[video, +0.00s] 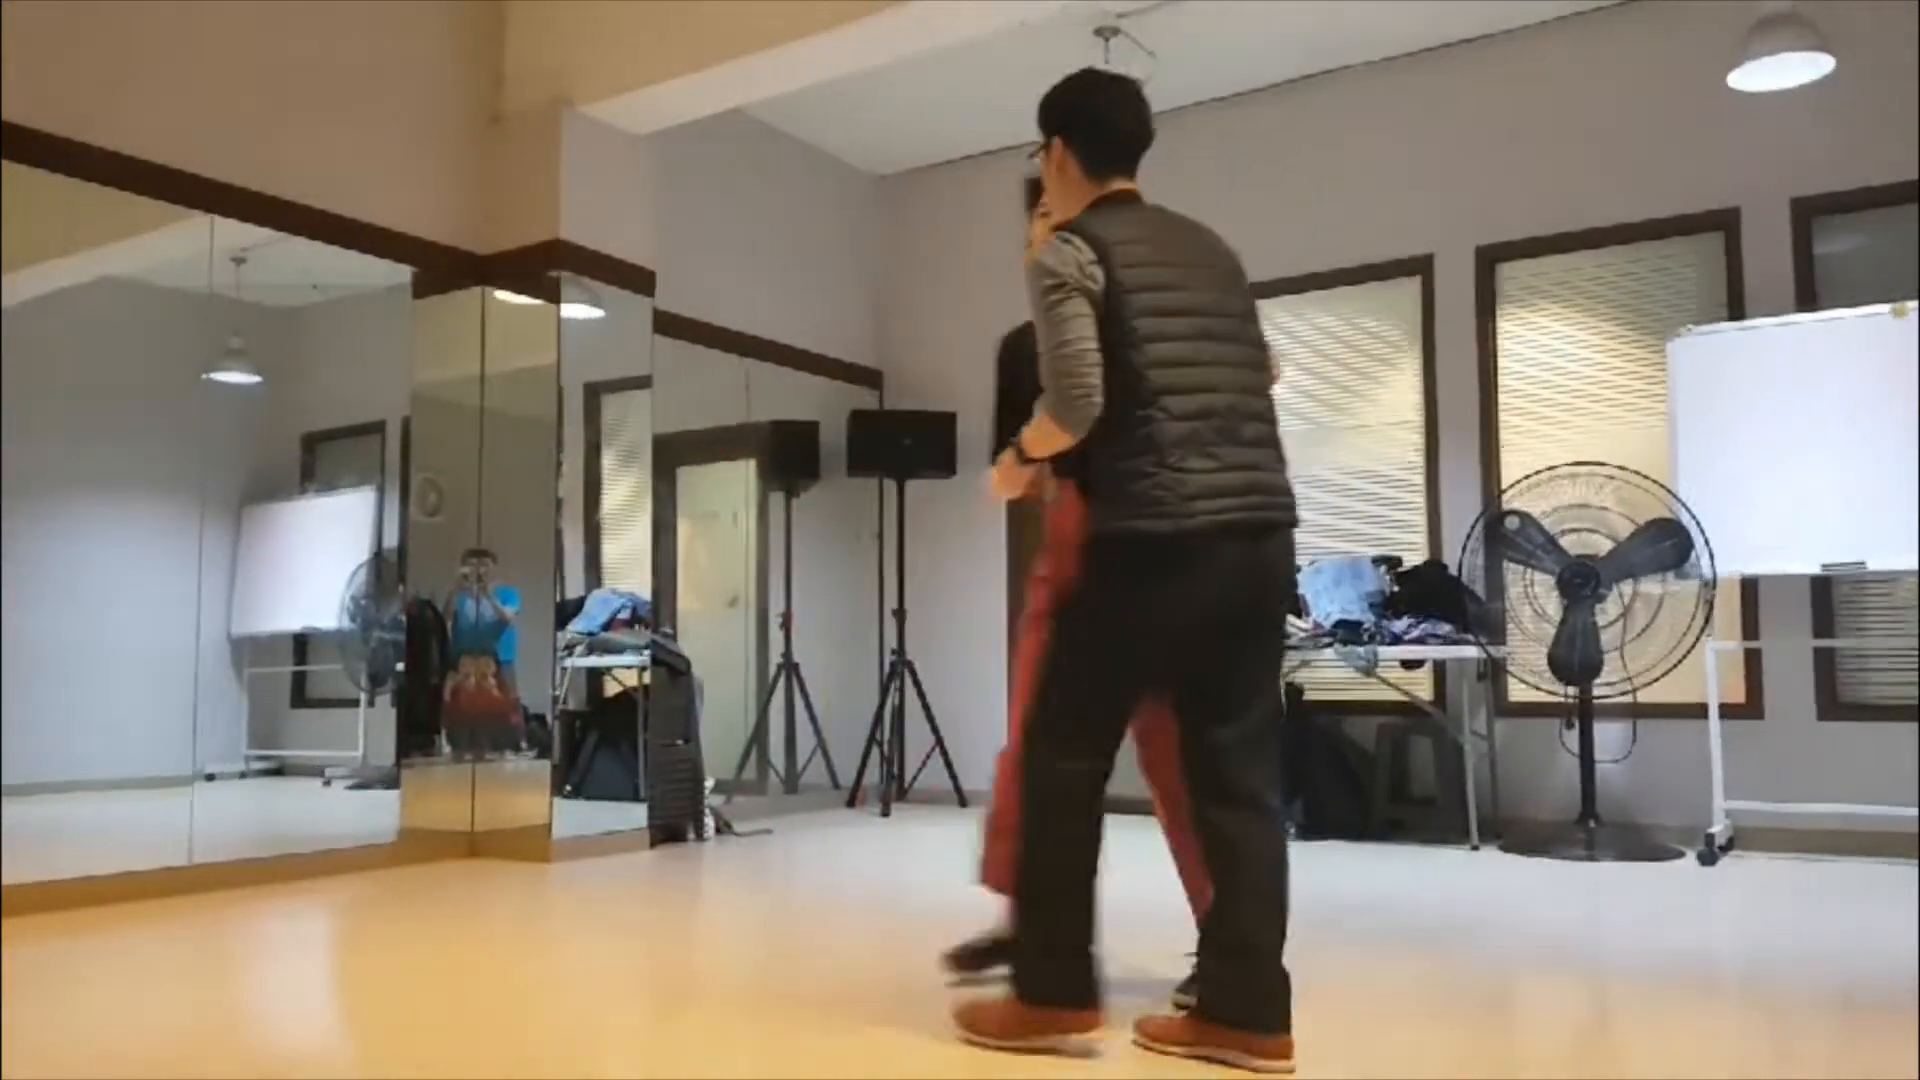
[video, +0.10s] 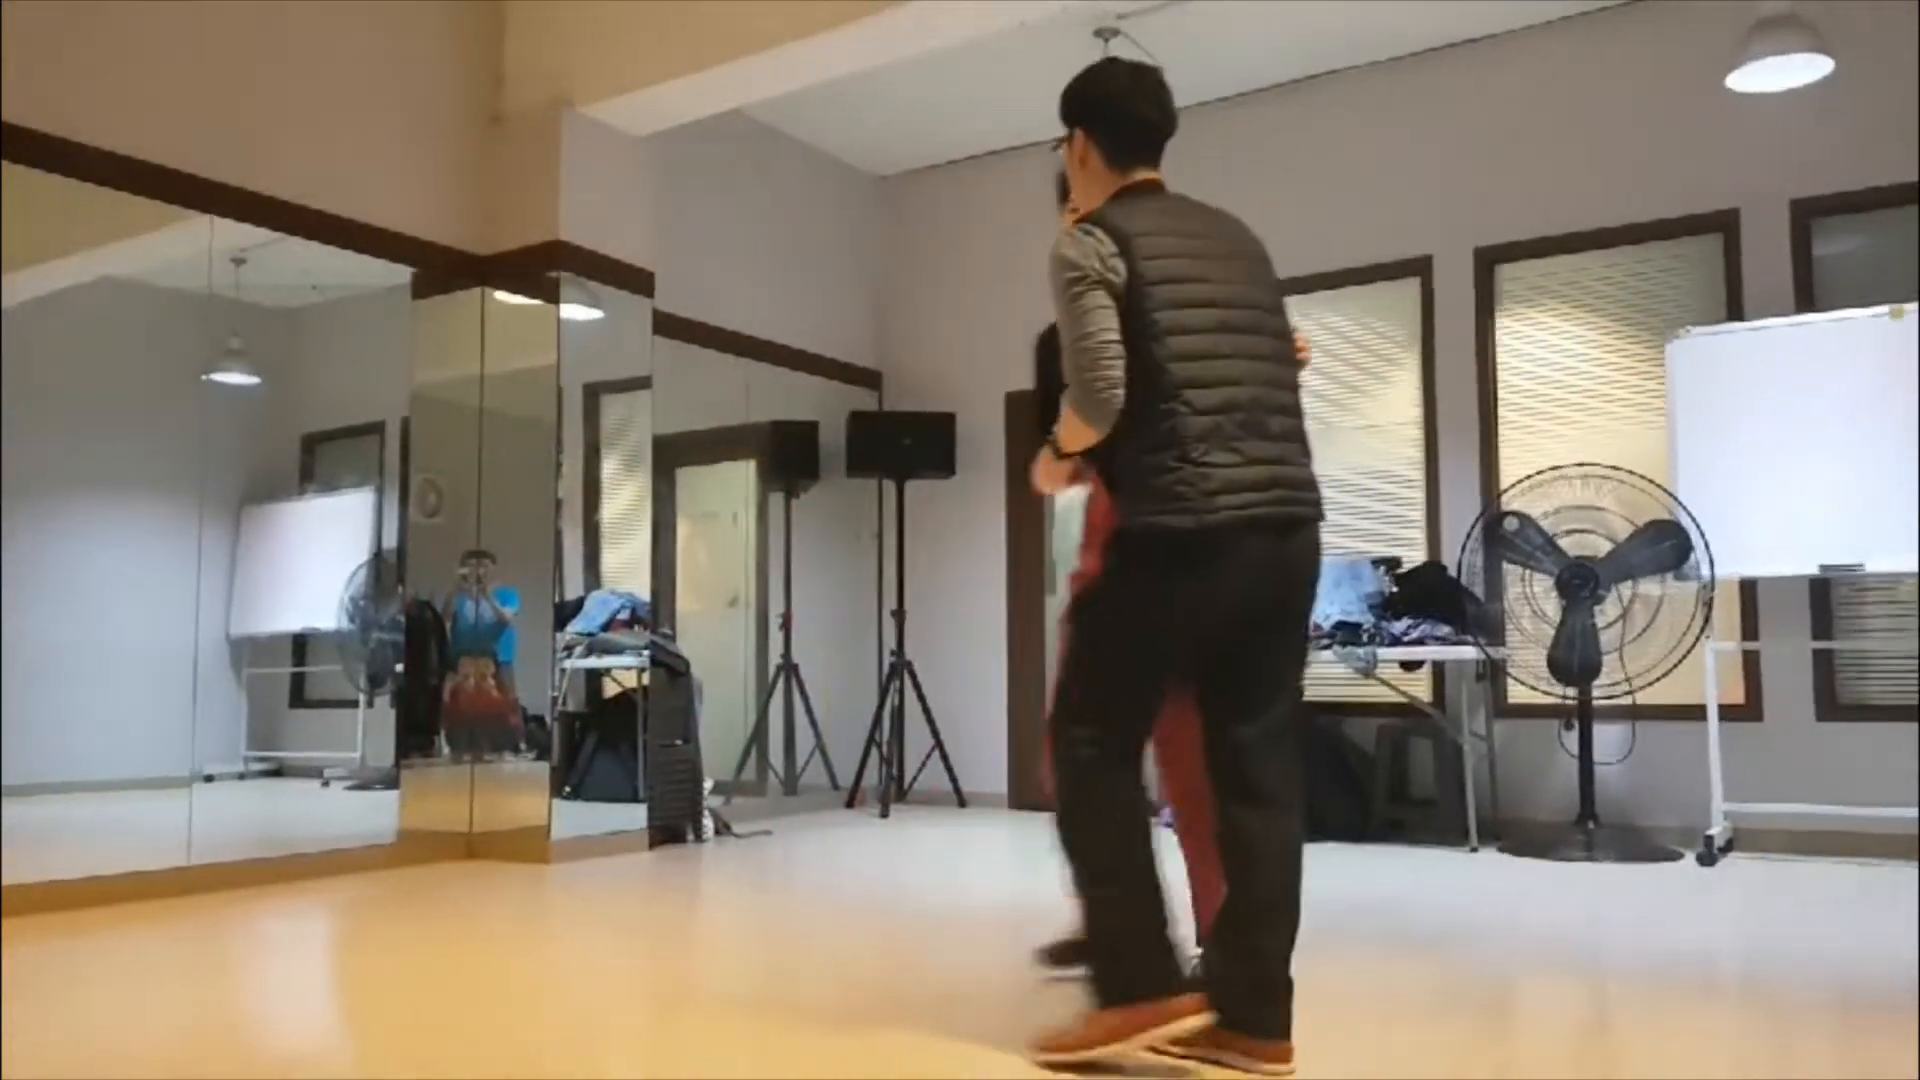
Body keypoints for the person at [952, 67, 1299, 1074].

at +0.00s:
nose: (1039, 179)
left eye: (1041, 163)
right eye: (1040, 166)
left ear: (1059, 156)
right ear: (1139, 158)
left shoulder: (1068, 247)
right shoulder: (1208, 245)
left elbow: (1075, 406)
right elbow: (1260, 372)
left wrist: (1023, 455)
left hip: (1152, 542)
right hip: (1255, 542)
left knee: (1062, 753)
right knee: (1236, 771)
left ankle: (1054, 995)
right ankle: (1248, 1009)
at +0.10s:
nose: (1062, 165)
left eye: (1063, 148)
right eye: (1067, 149)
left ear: (1081, 147)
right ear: (1159, 149)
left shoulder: (1088, 239)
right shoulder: (1234, 234)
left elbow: (1100, 390)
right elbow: (1273, 361)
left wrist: (1062, 451)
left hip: (1176, 540)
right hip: (1284, 536)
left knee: (1090, 745)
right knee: (1260, 762)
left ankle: (1138, 985)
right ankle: (1255, 1012)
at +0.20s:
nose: (1101, 162)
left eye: (1101, 145)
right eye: (1105, 146)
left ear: (1120, 145)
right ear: (1196, 143)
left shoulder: (1125, 240)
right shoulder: (1274, 233)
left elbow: (1125, 383)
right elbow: (1319, 354)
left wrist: (1109, 445)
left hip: (1213, 544)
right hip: (1319, 537)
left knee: (1141, 751)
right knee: (1275, 761)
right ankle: (1230, 1002)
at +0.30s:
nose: (1136, 168)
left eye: (1135, 152)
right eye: (1135, 153)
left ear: (1152, 147)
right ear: (1238, 148)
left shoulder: (1164, 247)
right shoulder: (1311, 240)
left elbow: (1143, 420)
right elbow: (1355, 373)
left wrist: (1153, 470)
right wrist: (1226, 442)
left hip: (1254, 557)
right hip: (1350, 548)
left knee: (1221, 788)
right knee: (1279, 784)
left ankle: (1424, 971)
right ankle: (1241, 1016)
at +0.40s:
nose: (1171, 173)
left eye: (1171, 157)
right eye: (1172, 158)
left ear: (1186, 154)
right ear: (1272, 153)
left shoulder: (1194, 256)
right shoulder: (1344, 247)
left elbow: (1169, 443)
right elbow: (1381, 403)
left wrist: (1183, 478)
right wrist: (1244, 464)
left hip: (1295, 565)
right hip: (1386, 556)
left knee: (1304, 804)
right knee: (1302, 791)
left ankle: (1483, 1025)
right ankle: (1241, 1014)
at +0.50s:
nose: (1214, 170)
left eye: (1212, 154)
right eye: (1214, 156)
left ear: (1226, 151)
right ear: (1315, 146)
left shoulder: (1232, 252)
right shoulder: (1395, 239)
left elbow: (1199, 415)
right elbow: (1418, 398)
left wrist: (1209, 453)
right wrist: (1274, 460)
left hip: (1344, 558)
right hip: (1443, 545)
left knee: (1369, 800)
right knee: (1335, 779)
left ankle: (1498, 1048)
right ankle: (1278, 1005)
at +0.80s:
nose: (1306, 163)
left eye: (1305, 147)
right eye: (1309, 148)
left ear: (1320, 146)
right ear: (1409, 142)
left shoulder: (1311, 238)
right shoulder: (1490, 237)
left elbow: (1263, 414)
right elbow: (1515, 385)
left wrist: (1300, 452)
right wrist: (1357, 442)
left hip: (1401, 555)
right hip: (1517, 544)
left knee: (1386, 801)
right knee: (1483, 772)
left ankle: (1481, 1053)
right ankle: (1590, 1007)